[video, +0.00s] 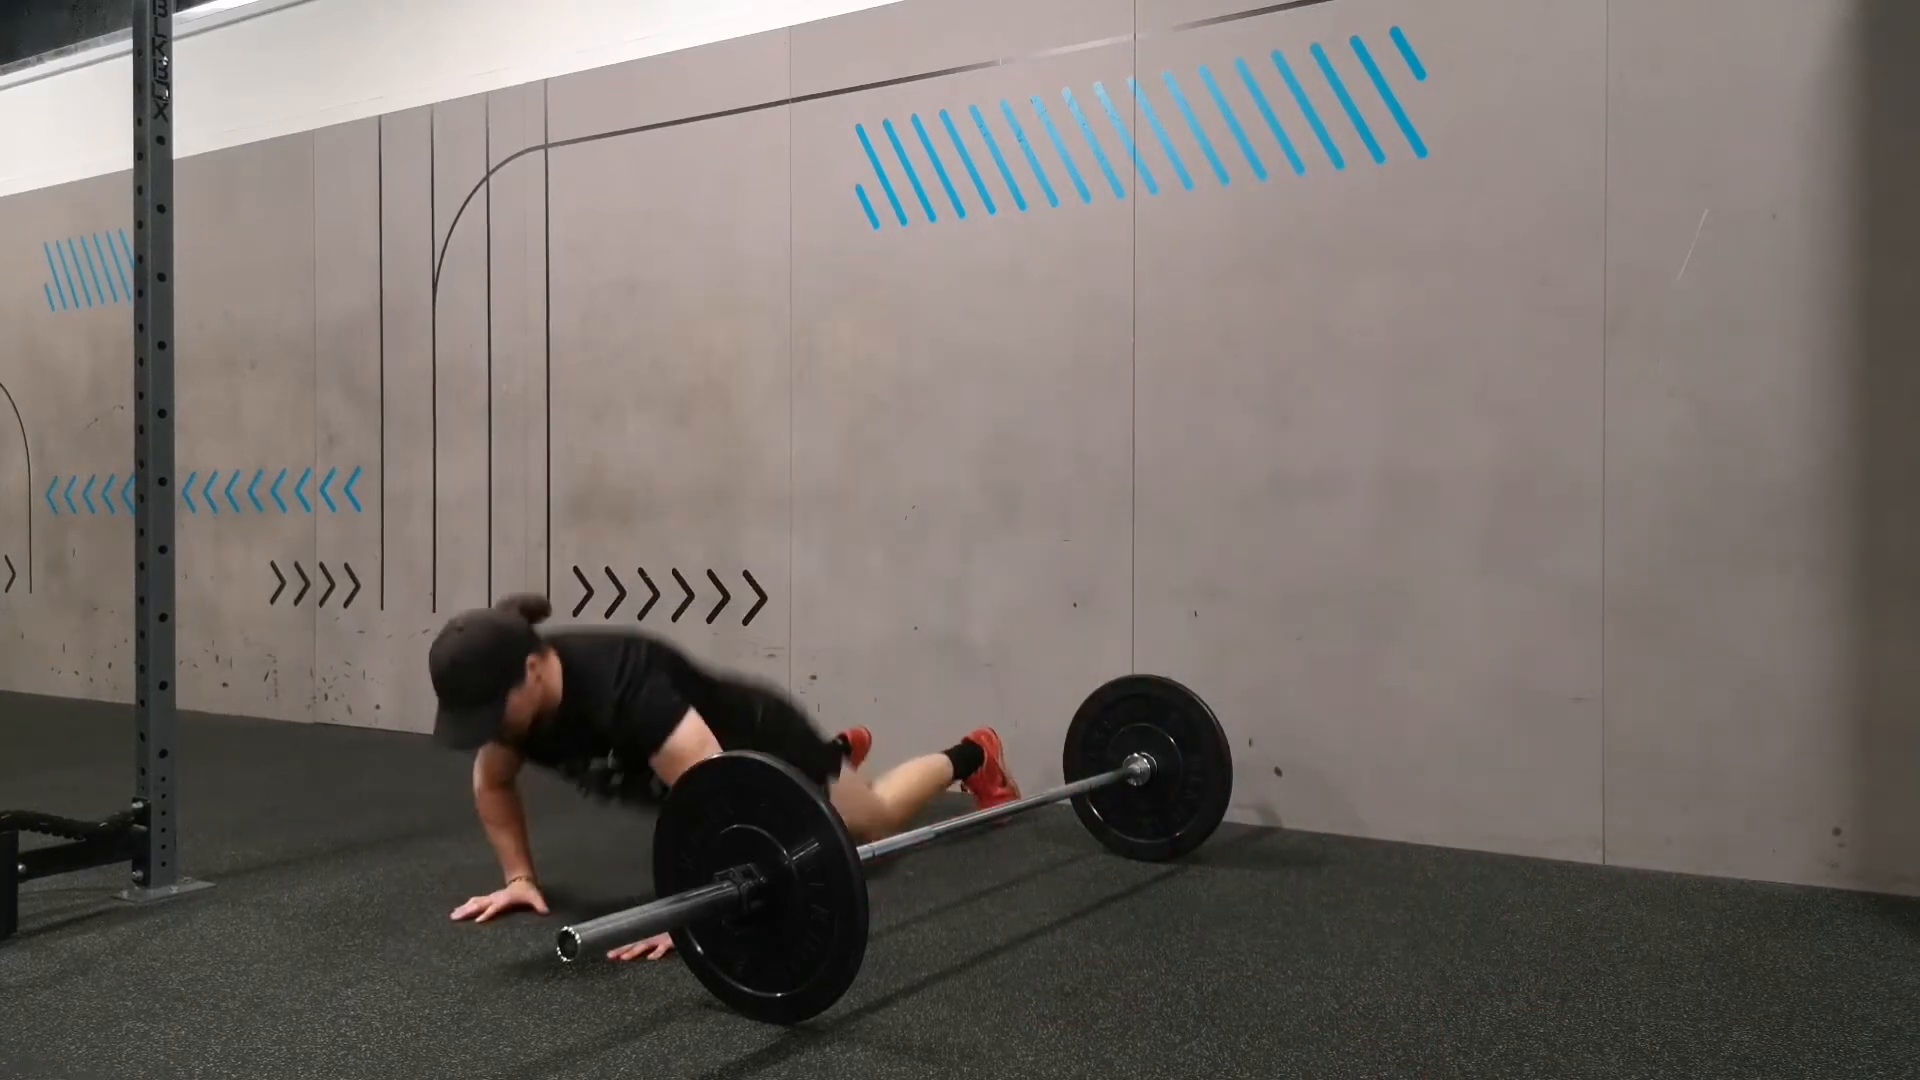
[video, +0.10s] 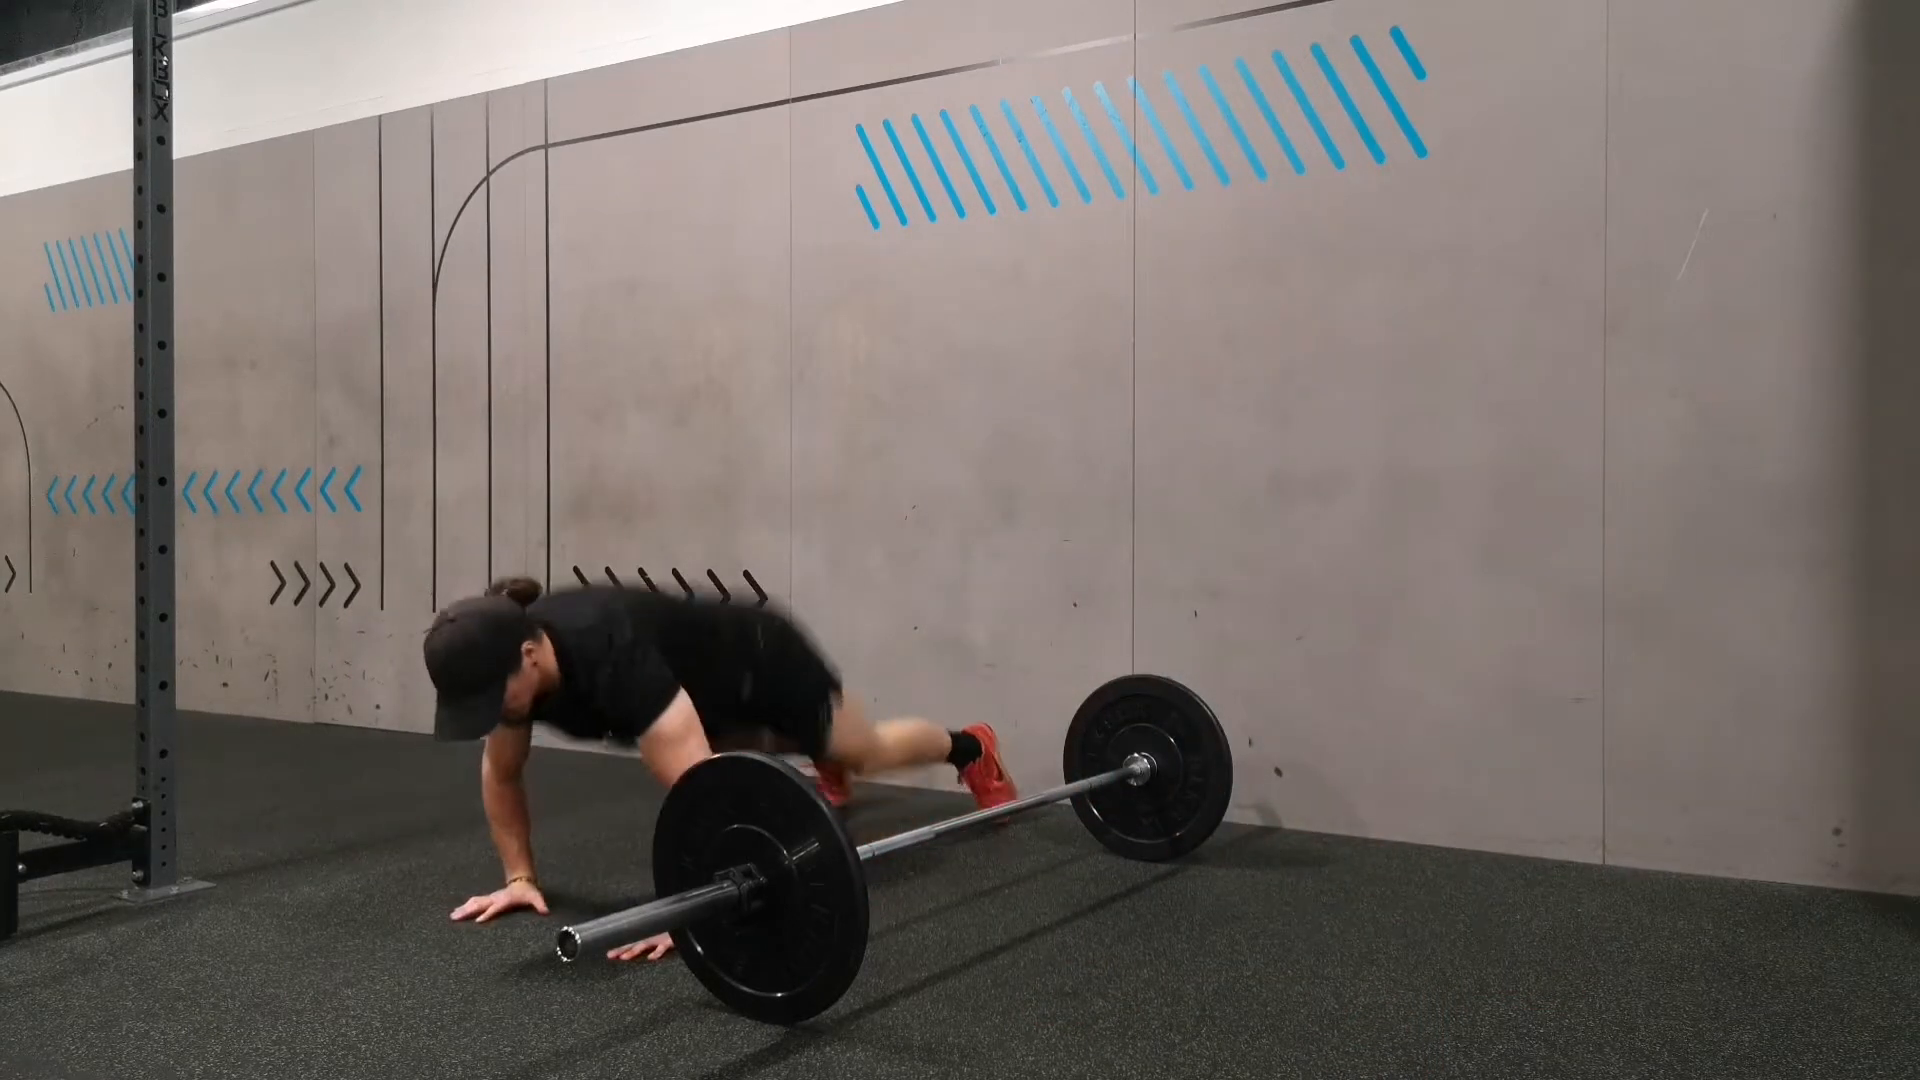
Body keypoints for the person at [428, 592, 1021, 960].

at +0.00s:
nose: (495, 728)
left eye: (497, 713)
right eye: (485, 721)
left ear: (532, 674)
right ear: (497, 695)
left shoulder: (623, 680)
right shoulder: (511, 697)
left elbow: (717, 790)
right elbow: (492, 782)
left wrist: (684, 910)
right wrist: (518, 878)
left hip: (767, 746)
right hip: (691, 758)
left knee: (870, 816)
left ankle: (968, 756)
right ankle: (838, 760)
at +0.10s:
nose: (497, 714)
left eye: (497, 699)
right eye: (486, 707)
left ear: (527, 658)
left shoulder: (614, 656)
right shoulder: (508, 668)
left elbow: (702, 791)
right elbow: (500, 775)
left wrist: (683, 909)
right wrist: (518, 878)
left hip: (765, 661)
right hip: (693, 689)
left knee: (858, 751)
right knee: (733, 750)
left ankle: (970, 747)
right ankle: (824, 760)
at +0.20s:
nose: (536, 710)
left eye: (538, 693)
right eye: (524, 700)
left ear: (562, 651)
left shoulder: (640, 635)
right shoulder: (525, 643)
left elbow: (681, 775)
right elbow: (522, 764)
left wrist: (678, 906)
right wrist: (521, 877)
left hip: (770, 554)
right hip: (695, 569)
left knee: (851, 724)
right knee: (690, 711)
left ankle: (946, 726)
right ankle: (790, 722)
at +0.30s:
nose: (597, 683)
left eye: (598, 666)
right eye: (582, 674)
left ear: (618, 626)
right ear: (553, 645)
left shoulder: (676, 604)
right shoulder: (572, 627)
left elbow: (706, 756)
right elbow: (555, 761)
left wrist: (676, 898)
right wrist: (524, 878)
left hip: (778, 504)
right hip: (693, 502)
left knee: (814, 683)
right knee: (616, 686)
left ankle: (904, 757)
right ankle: (700, 743)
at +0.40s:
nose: (622, 661)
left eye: (634, 643)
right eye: (607, 652)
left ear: (663, 588)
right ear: (584, 603)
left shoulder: (722, 574)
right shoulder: (598, 599)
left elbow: (757, 717)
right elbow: (570, 738)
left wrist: (695, 834)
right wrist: (519, 863)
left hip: (785, 524)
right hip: (690, 516)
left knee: (794, 663)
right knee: (601, 694)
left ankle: (858, 820)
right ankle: (609, 808)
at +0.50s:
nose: (665, 603)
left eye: (681, 592)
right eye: (660, 597)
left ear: (708, 545)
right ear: (636, 547)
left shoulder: (766, 541)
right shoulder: (623, 557)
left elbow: (803, 679)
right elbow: (568, 678)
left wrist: (768, 763)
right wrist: (522, 801)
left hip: (791, 583)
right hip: (692, 593)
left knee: (805, 695)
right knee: (595, 712)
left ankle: (862, 839)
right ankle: (610, 815)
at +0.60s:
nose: (736, 478)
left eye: (746, 466)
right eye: (722, 466)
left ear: (769, 442)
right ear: (700, 445)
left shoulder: (814, 461)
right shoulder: (680, 470)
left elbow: (869, 608)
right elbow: (606, 571)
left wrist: (815, 724)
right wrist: (570, 671)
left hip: (812, 578)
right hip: (727, 577)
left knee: (818, 692)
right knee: (633, 702)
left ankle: (865, 838)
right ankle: (611, 811)